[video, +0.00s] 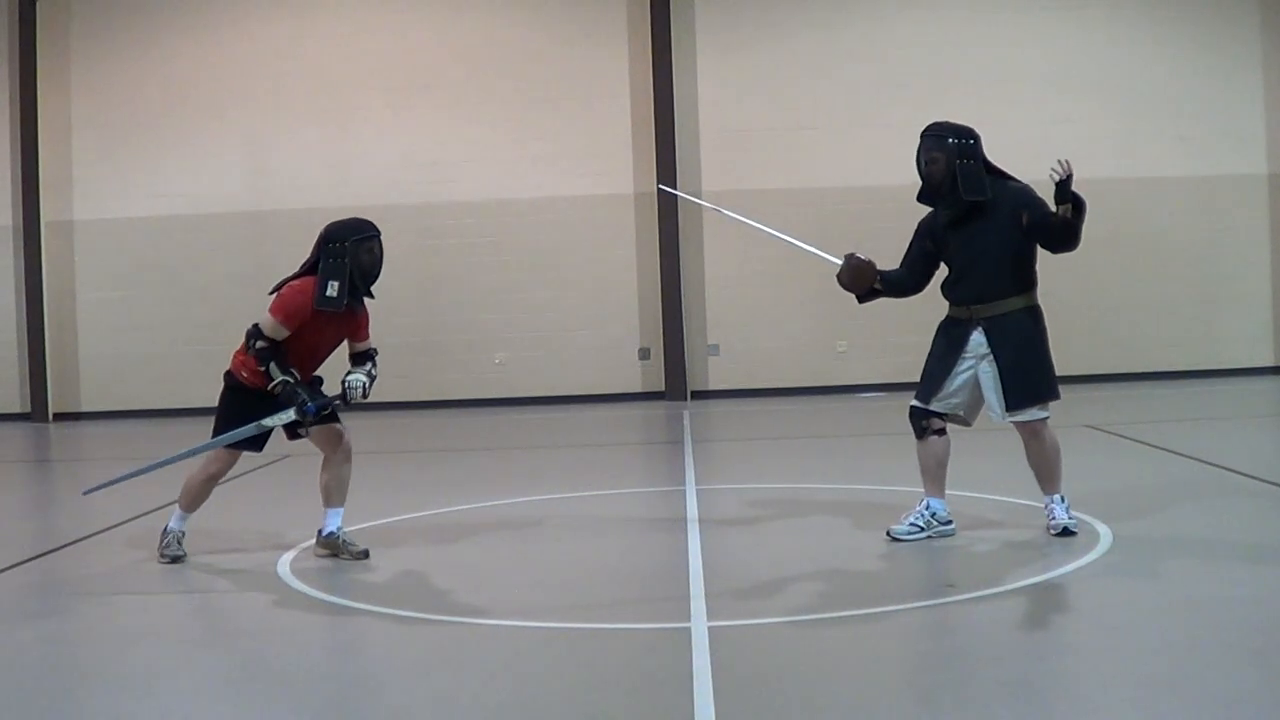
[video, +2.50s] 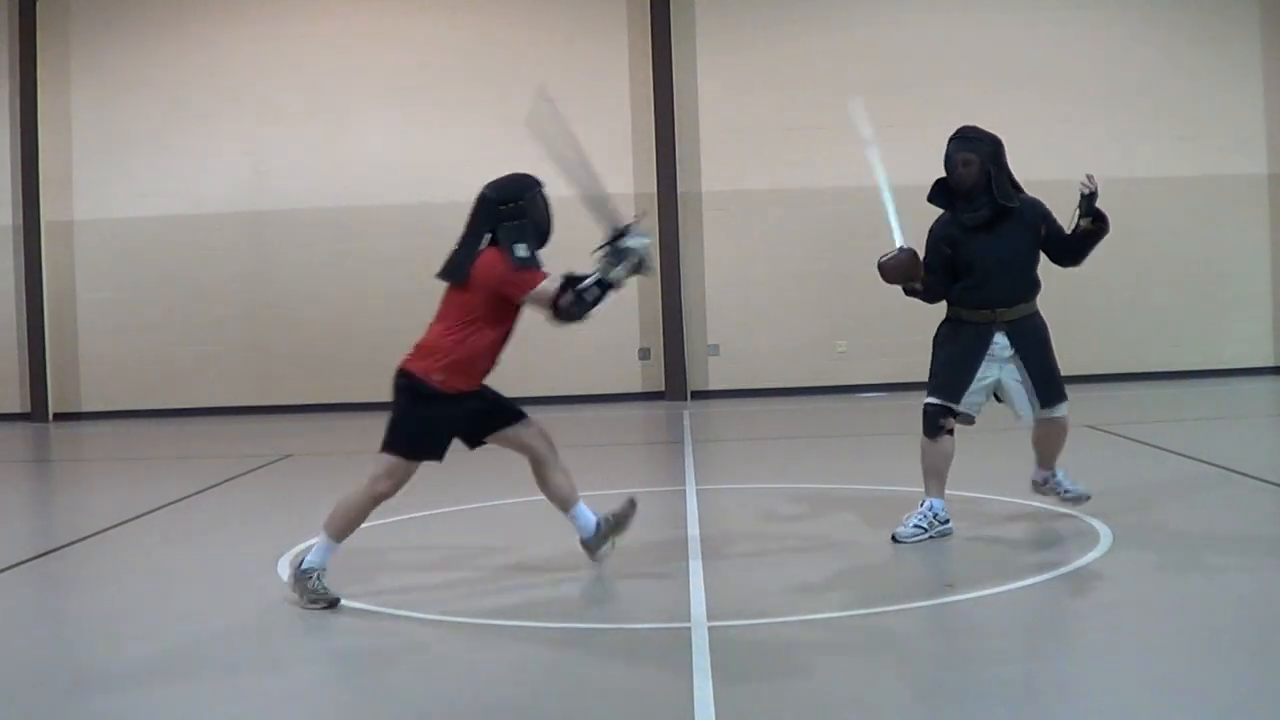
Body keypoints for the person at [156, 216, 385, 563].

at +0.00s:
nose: (375, 261)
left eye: (376, 252)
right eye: (367, 252)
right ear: (341, 255)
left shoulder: (355, 307)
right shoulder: (300, 294)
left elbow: (363, 354)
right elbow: (257, 343)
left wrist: (361, 374)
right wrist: (289, 386)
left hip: (300, 386)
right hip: (251, 383)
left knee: (338, 446)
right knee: (219, 463)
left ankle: (330, 533)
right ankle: (174, 529)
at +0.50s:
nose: (394, 235)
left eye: (395, 227)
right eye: (386, 227)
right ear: (360, 229)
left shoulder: (374, 283)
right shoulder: (320, 270)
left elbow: (381, 330)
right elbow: (280, 324)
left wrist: (383, 352)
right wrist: (309, 364)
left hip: (319, 366)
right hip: (272, 360)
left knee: (336, 444)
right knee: (266, 445)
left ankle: (331, 533)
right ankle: (239, 532)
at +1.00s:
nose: (354, 205)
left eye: (355, 196)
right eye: (346, 196)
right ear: (319, 201)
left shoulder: (338, 252)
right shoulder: (285, 249)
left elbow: (349, 301)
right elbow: (258, 313)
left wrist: (360, 324)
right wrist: (293, 353)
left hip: (303, 361)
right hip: (260, 362)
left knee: (337, 442)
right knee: (270, 456)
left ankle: (330, 526)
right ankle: (256, 549)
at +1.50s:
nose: (373, 197)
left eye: (373, 188)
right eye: (364, 188)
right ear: (338, 194)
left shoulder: (351, 254)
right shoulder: (306, 244)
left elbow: (354, 314)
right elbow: (285, 313)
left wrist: (376, 340)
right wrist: (324, 358)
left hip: (320, 369)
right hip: (275, 370)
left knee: (349, 456)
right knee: (273, 469)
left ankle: (378, 552)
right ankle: (258, 549)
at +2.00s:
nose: (432, 202)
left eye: (431, 192)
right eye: (424, 193)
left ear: (397, 200)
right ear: (400, 199)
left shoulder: (399, 252)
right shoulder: (363, 250)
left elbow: (406, 311)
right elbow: (336, 326)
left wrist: (435, 343)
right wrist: (381, 372)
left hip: (356, 371)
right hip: (314, 371)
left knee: (408, 453)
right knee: (336, 469)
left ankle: (390, 551)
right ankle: (301, 572)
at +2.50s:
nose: (544, 217)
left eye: (541, 208)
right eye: (538, 208)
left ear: (503, 218)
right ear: (519, 216)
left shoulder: (506, 260)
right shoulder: (495, 262)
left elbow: (561, 303)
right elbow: (565, 302)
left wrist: (606, 274)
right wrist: (613, 271)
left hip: (465, 390)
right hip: (426, 388)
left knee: (538, 444)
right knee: (383, 482)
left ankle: (591, 531)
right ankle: (309, 564)